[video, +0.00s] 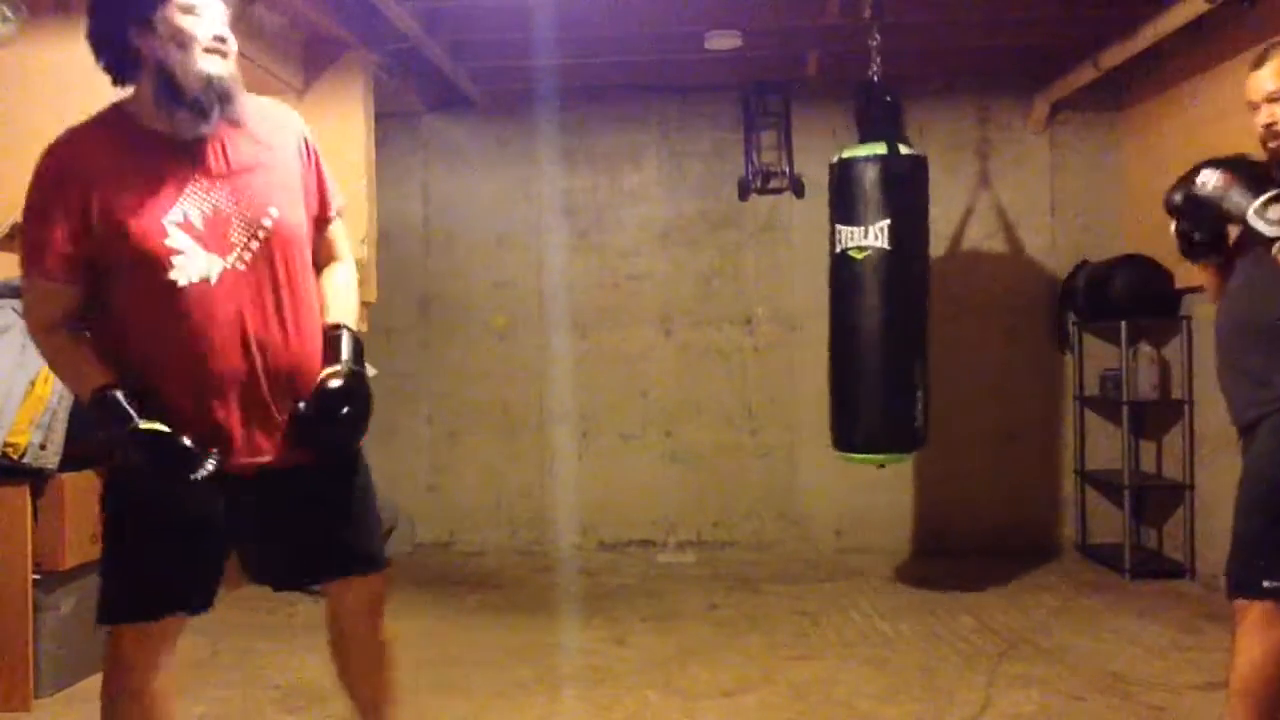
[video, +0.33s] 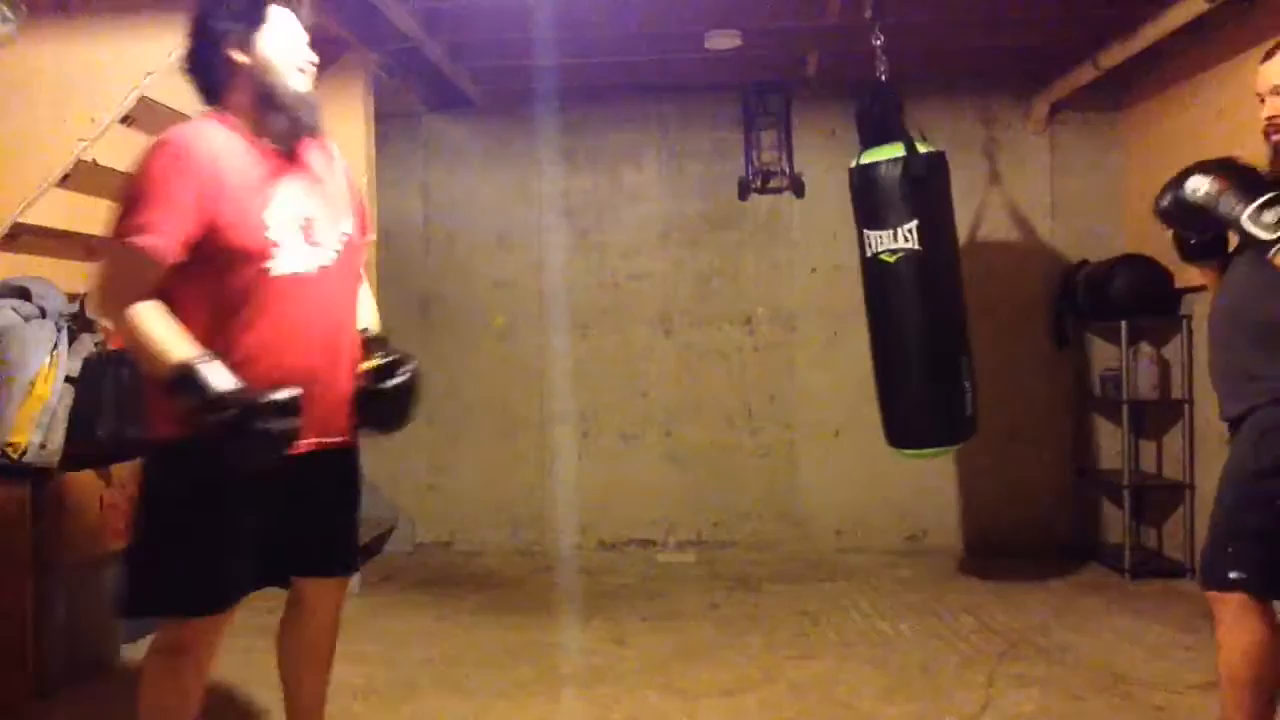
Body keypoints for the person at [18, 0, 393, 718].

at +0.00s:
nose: (224, 32)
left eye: (226, 17)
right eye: (194, 12)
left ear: (237, 36)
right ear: (137, 35)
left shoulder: (283, 129)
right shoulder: (78, 163)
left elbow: (332, 255)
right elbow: (51, 319)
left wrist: (344, 358)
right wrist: (126, 426)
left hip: (307, 442)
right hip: (168, 456)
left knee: (362, 586)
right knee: (142, 644)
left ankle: (379, 713)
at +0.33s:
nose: (311, 49)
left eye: (306, 35)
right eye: (290, 30)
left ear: (253, 51)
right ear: (236, 49)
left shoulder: (327, 157)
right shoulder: (192, 150)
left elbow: (351, 270)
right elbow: (122, 292)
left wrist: (373, 348)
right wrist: (213, 386)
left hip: (321, 442)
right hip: (216, 444)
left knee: (322, 592)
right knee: (191, 634)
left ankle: (306, 717)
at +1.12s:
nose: (536, 72)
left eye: (532, 58)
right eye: (521, 58)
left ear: (478, 74)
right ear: (472, 70)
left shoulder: (459, 145)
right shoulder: (462, 145)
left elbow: (597, 216)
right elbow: (595, 219)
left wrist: (724, 207)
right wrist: (728, 211)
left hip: (454, 421)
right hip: (499, 422)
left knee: (431, 577)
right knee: (561, 591)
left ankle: (333, 708)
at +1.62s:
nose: (653, 84)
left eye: (653, 66)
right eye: (644, 65)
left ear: (587, 68)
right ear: (600, 65)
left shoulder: (545, 124)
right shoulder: (581, 128)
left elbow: (697, 178)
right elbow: (726, 164)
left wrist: (763, 168)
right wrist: (813, 98)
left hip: (481, 391)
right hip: (533, 394)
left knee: (480, 566)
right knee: (578, 586)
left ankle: (399, 707)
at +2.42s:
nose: (688, 80)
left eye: (688, 61)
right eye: (680, 59)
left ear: (620, 62)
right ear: (633, 59)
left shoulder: (587, 122)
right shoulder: (606, 131)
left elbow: (689, 237)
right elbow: (697, 245)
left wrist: (781, 230)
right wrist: (811, 224)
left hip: (521, 392)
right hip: (566, 401)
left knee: (496, 557)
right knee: (597, 593)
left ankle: (413, 703)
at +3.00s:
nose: (640, 89)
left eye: (641, 71)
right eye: (630, 70)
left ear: (585, 71)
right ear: (581, 67)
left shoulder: (560, 129)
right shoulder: (556, 125)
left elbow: (713, 182)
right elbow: (707, 173)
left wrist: (840, 190)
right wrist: (841, 179)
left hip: (506, 394)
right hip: (521, 396)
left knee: (491, 561)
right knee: (578, 582)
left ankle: (405, 702)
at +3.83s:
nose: (537, 105)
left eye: (540, 87)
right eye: (527, 86)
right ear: (475, 83)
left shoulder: (513, 160)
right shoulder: (432, 152)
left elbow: (603, 220)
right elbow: (556, 206)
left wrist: (714, 196)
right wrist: (686, 177)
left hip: (518, 426)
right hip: (485, 432)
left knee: (497, 580)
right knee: (584, 583)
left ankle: (392, 706)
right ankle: (570, 716)